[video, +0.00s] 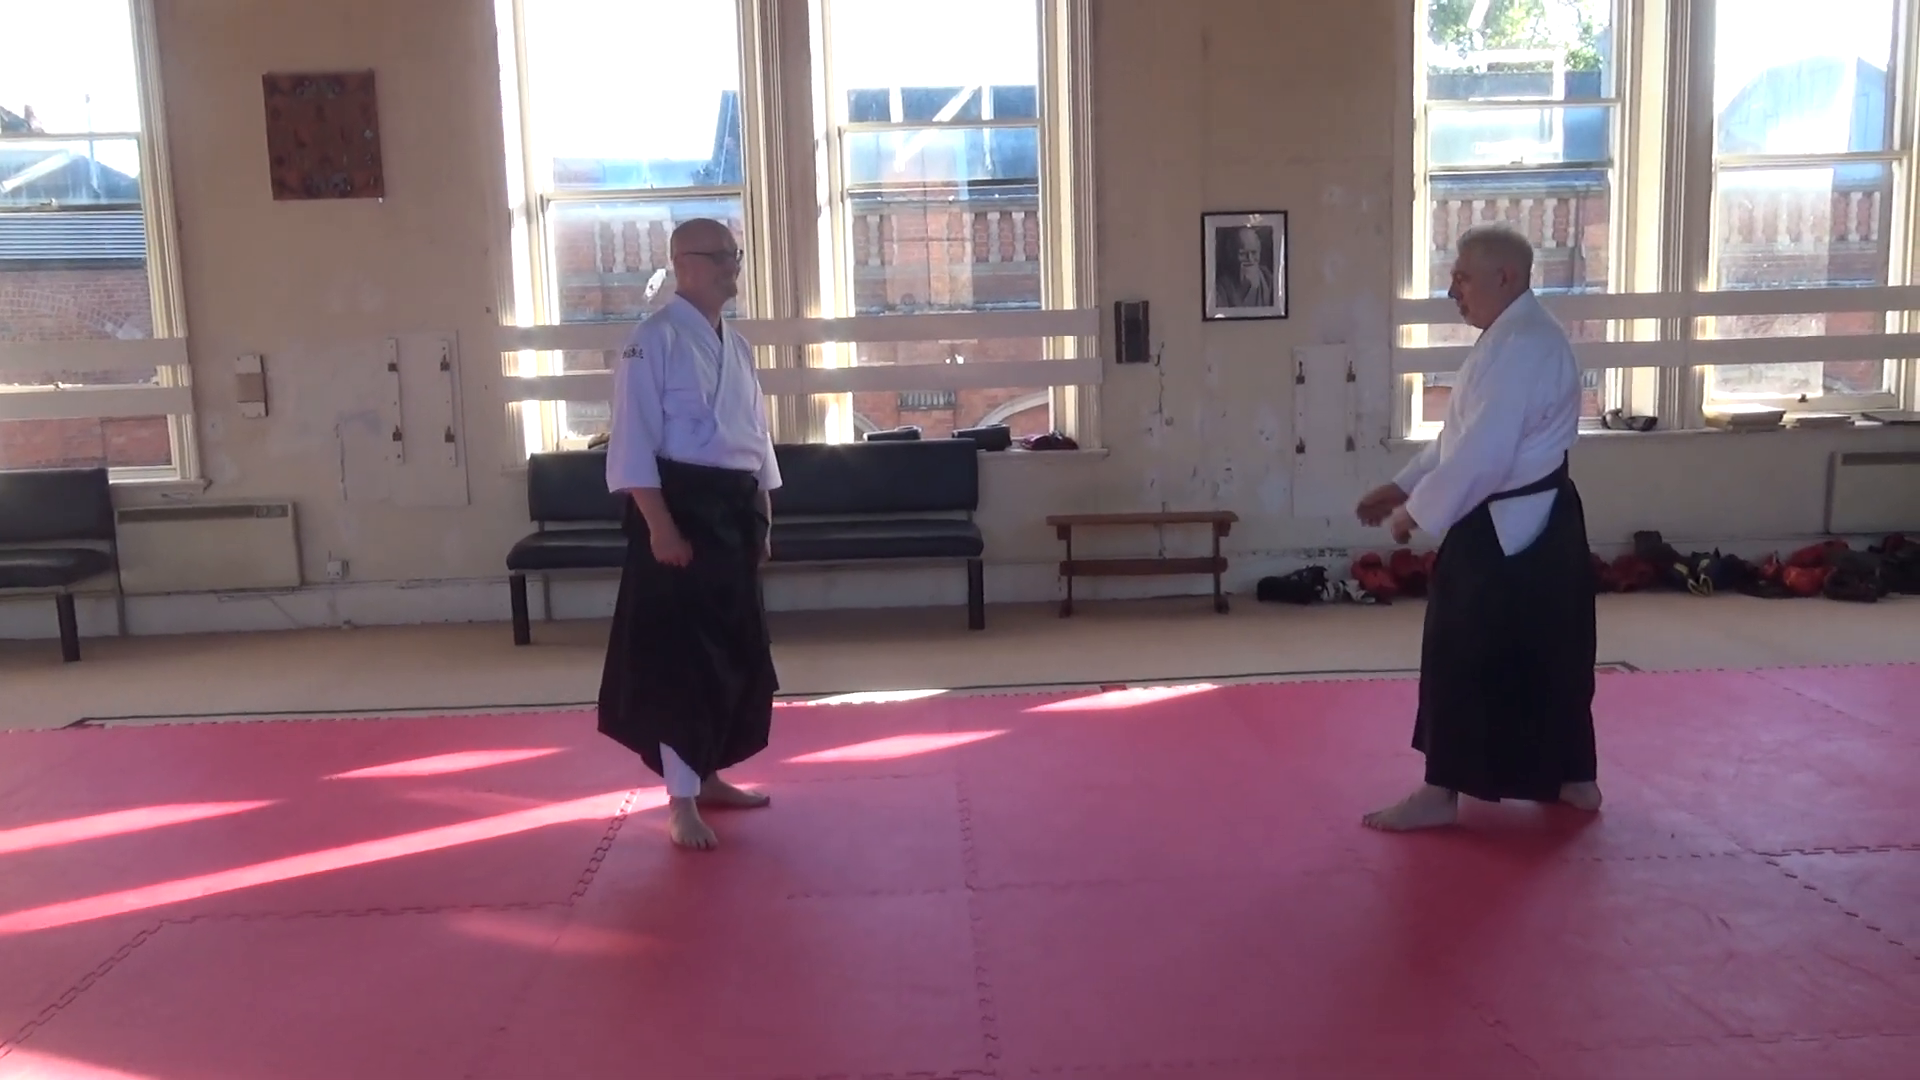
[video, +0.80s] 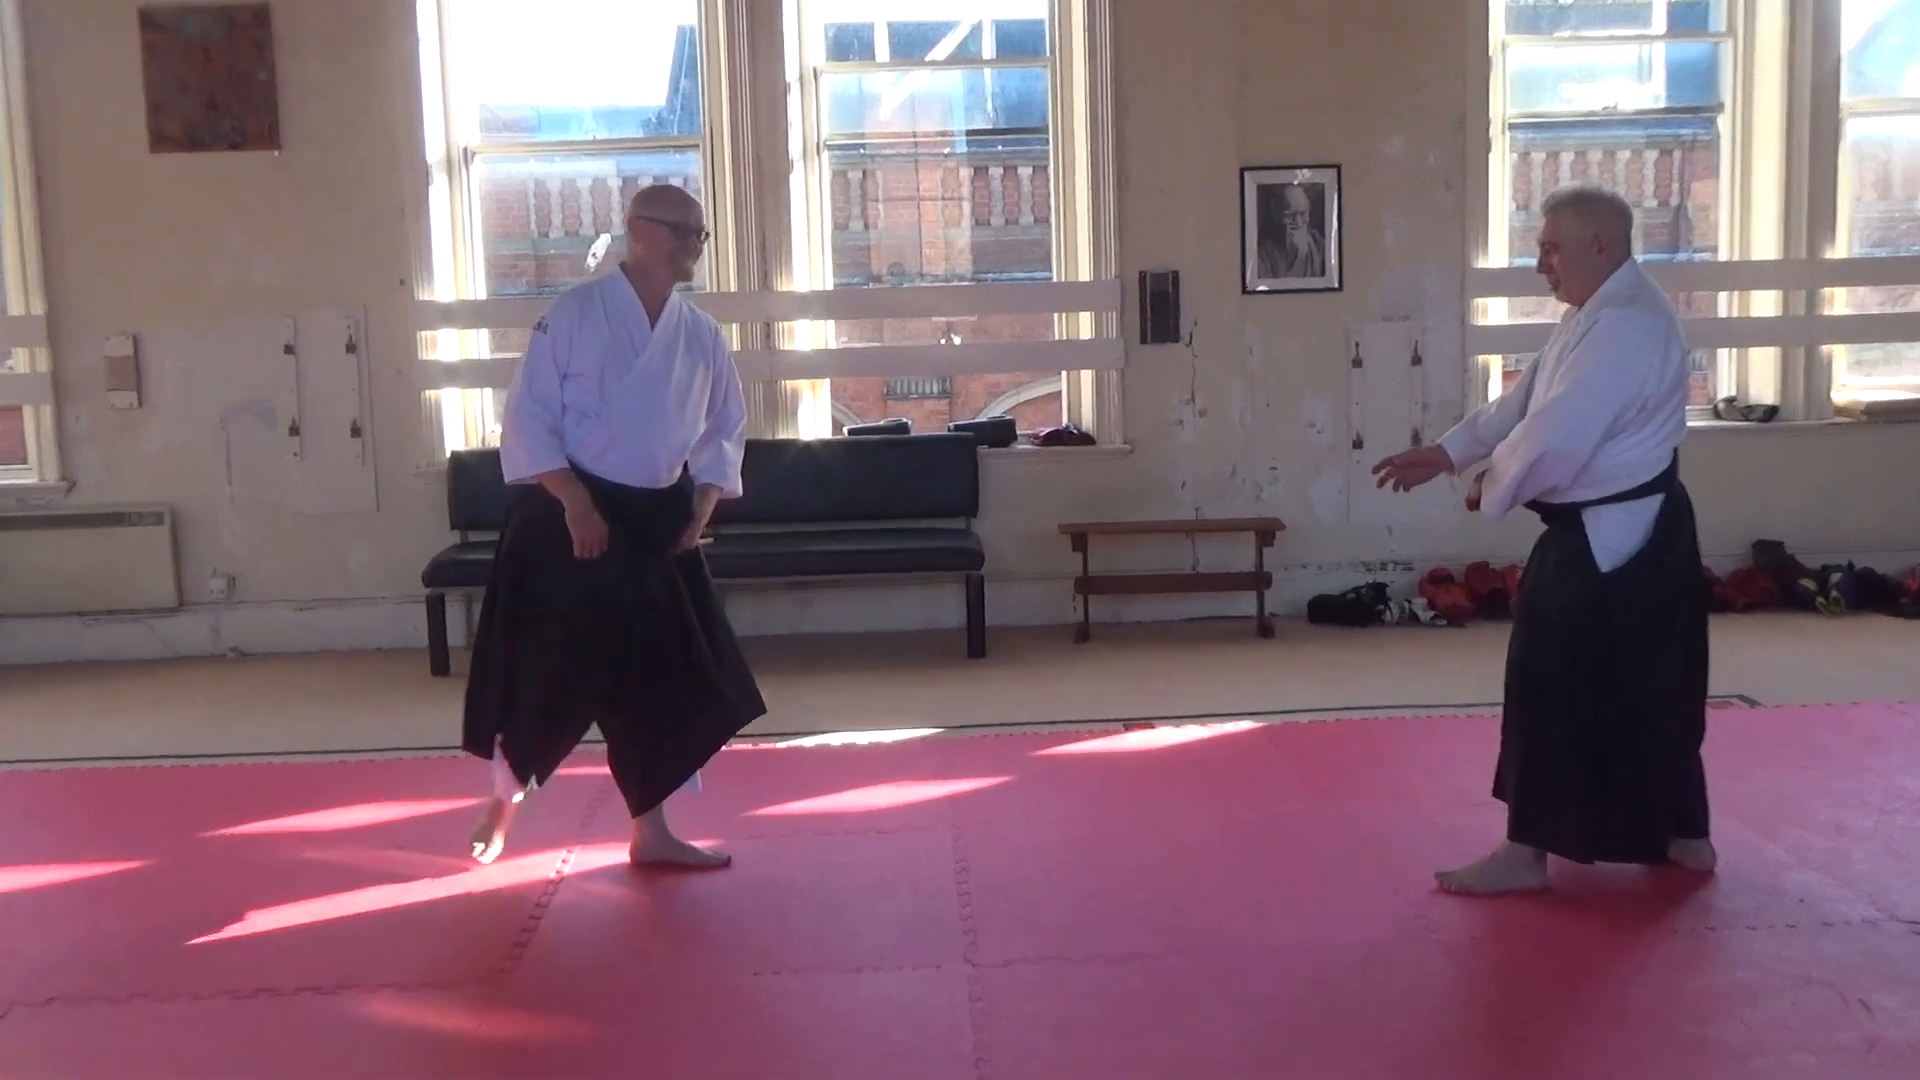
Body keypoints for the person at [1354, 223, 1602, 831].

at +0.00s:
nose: (1453, 288)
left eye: (1464, 277)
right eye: (1454, 277)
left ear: (1505, 277)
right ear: (1508, 279)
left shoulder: (1518, 345)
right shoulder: (1515, 335)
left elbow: (1481, 454)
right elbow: (1460, 438)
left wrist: (1415, 513)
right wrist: (1400, 486)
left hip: (1500, 523)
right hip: (1542, 514)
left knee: (1453, 654)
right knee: (1555, 649)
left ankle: (1438, 792)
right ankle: (1576, 779)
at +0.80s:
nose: (1542, 263)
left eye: (1553, 248)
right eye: (1541, 248)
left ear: (1602, 247)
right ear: (1602, 249)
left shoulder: (1623, 323)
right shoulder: (1599, 312)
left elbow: (1554, 440)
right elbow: (1527, 396)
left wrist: (1492, 485)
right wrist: (1447, 452)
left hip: (1603, 530)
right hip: (1636, 521)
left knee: (1542, 681)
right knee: (1657, 682)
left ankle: (1525, 850)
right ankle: (1686, 836)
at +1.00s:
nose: (1647, 215)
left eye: (1660, 199)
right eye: (1646, 199)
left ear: (1715, 197)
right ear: (1711, 199)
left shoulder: (1736, 287)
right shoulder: (1711, 273)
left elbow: (1648, 421)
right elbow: (1623, 366)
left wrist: (1582, 464)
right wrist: (1528, 427)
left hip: (1709, 526)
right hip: (1747, 516)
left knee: (1638, 703)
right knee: (1770, 704)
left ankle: (1615, 894)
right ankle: (1801, 879)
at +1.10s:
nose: (1654, 215)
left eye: (1668, 199)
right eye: (1653, 198)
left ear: (1723, 199)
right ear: (1719, 201)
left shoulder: (1744, 289)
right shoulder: (1713, 275)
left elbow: (1657, 420)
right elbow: (1629, 371)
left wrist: (1593, 466)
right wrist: (1535, 430)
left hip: (1714, 527)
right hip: (1753, 518)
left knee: (1643, 707)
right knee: (1776, 706)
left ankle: (1618, 896)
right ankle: (1807, 881)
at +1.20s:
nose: (1663, 214)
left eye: (1676, 197)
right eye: (1662, 197)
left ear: (1732, 197)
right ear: (1726, 200)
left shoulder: (1753, 287)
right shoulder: (1720, 274)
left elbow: (1666, 418)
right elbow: (1637, 371)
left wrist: (1602, 465)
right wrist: (1543, 432)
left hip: (1722, 526)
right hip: (1758, 518)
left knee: (1648, 706)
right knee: (1780, 705)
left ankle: (1625, 896)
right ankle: (1813, 880)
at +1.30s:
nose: (1668, 213)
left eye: (1682, 197)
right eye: (1668, 196)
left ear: (1739, 196)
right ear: (1736, 199)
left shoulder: (1755, 285)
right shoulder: (1731, 273)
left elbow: (1667, 417)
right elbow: (1644, 369)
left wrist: (1608, 465)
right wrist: (1551, 433)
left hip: (1724, 523)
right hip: (1770, 515)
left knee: (1647, 703)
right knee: (1790, 704)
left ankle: (1632, 893)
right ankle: (1821, 880)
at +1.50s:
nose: (1651, 215)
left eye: (1663, 198)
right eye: (1652, 199)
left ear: (1719, 198)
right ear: (1723, 199)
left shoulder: (1728, 290)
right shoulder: (1746, 268)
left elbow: (1642, 423)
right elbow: (1634, 362)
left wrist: (1595, 475)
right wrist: (1537, 427)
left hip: (1710, 520)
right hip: (1770, 509)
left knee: (1616, 673)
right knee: (1794, 695)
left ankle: (1624, 869)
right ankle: (1828, 869)